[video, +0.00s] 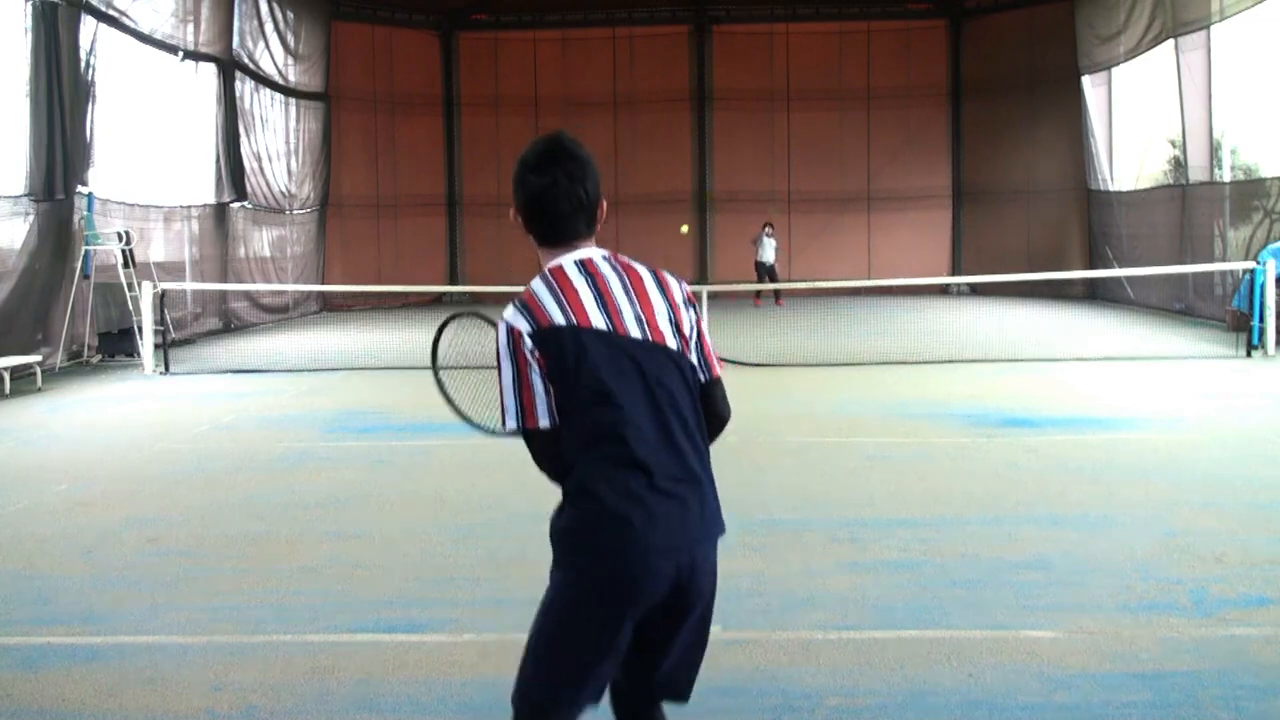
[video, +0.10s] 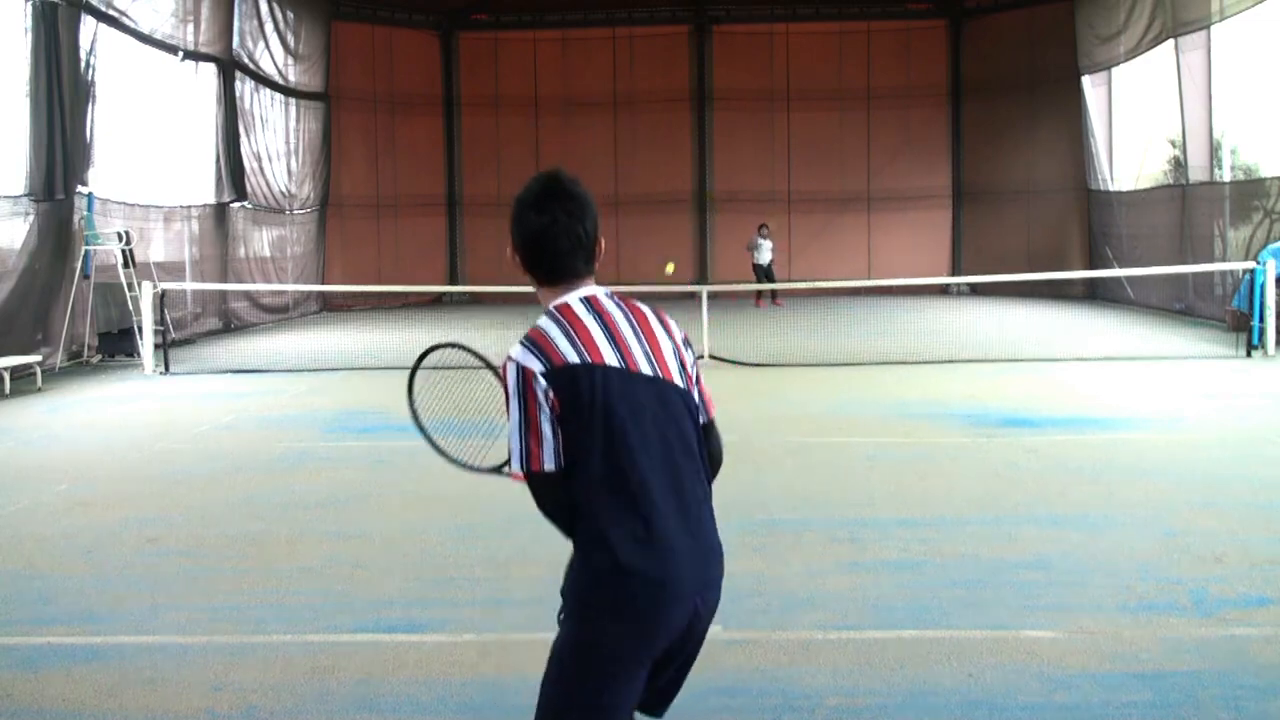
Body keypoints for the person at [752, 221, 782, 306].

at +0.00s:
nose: (768, 231)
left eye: (770, 229)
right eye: (766, 228)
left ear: (772, 231)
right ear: (764, 230)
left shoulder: (773, 241)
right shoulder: (761, 239)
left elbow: (774, 252)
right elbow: (757, 243)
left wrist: (775, 262)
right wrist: (763, 234)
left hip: (770, 262)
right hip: (761, 261)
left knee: (775, 281)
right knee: (761, 280)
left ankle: (778, 299)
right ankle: (757, 298)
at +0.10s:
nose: (764, 232)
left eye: (766, 230)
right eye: (762, 230)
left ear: (767, 231)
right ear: (759, 231)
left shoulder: (769, 242)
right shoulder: (756, 240)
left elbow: (771, 251)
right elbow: (749, 248)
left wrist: (772, 259)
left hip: (767, 263)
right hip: (758, 263)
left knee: (773, 282)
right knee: (761, 282)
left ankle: (774, 299)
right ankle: (758, 300)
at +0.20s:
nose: (760, 231)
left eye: (761, 229)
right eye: (758, 229)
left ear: (763, 230)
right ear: (755, 231)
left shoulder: (766, 241)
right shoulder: (752, 240)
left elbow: (769, 250)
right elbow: (745, 249)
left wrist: (768, 253)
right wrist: (752, 252)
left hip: (764, 262)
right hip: (755, 263)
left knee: (768, 281)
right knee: (759, 281)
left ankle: (765, 298)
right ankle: (758, 299)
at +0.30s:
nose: (756, 228)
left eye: (757, 226)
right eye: (754, 226)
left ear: (760, 227)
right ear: (751, 227)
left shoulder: (763, 237)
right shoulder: (747, 237)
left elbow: (768, 249)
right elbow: (742, 248)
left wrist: (761, 250)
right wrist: (747, 253)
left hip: (761, 260)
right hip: (751, 260)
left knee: (760, 279)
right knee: (753, 279)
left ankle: (756, 296)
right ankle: (753, 297)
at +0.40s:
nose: (752, 228)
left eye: (754, 226)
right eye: (750, 226)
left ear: (756, 228)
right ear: (748, 228)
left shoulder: (760, 238)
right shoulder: (743, 238)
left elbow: (764, 248)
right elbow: (740, 249)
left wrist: (760, 251)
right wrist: (746, 254)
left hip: (756, 261)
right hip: (746, 261)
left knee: (756, 280)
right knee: (746, 280)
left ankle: (753, 299)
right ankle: (745, 299)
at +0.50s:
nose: (749, 232)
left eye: (750, 229)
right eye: (747, 229)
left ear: (753, 231)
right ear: (744, 231)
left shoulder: (757, 241)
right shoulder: (740, 242)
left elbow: (760, 252)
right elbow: (736, 253)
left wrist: (754, 252)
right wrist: (744, 256)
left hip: (753, 265)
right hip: (741, 264)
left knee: (754, 283)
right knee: (737, 282)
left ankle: (752, 300)